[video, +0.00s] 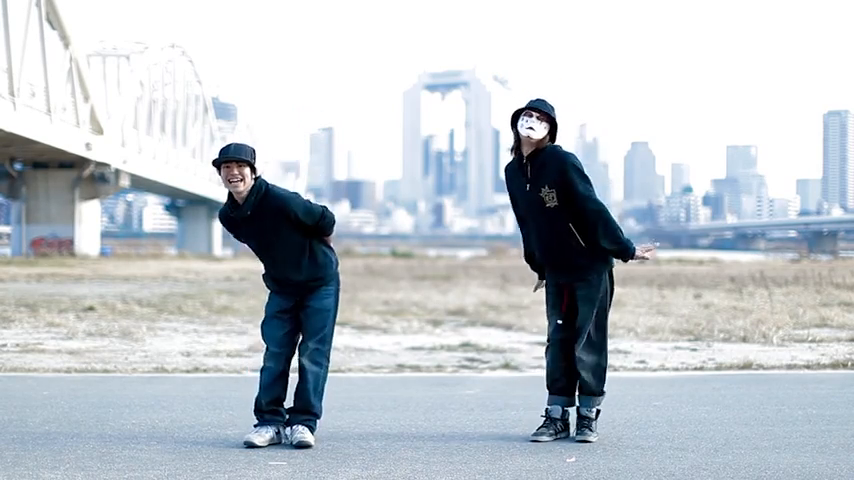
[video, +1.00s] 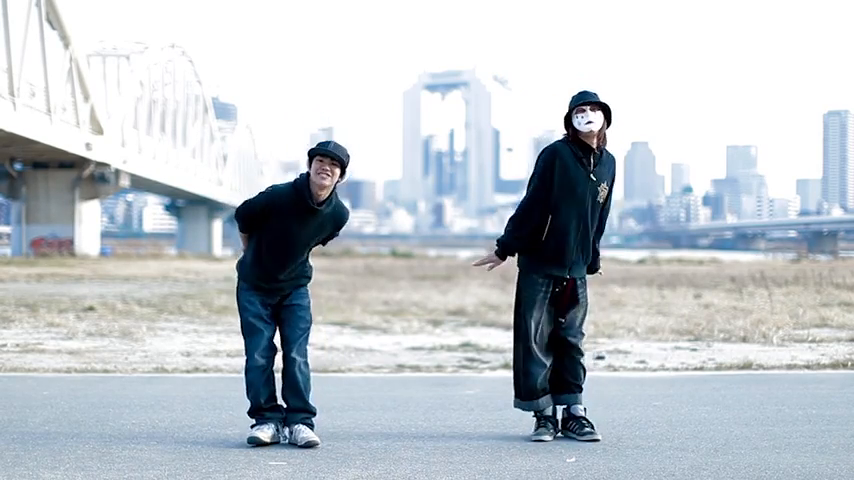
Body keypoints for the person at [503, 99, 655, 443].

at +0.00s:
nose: (532, 122)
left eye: (540, 119)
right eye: (527, 117)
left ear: (550, 130)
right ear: (517, 124)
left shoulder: (561, 161)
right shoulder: (512, 171)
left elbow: (590, 206)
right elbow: (526, 222)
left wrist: (625, 249)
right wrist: (538, 264)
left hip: (589, 264)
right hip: (554, 266)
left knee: (587, 337)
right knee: (557, 338)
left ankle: (587, 416)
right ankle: (556, 416)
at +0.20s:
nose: (546, 114)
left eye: (552, 108)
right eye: (540, 109)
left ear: (565, 112)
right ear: (532, 115)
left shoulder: (588, 149)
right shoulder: (523, 155)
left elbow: (619, 193)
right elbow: (509, 208)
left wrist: (647, 232)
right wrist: (509, 256)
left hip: (585, 256)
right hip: (544, 258)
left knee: (582, 332)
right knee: (546, 334)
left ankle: (586, 415)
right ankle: (550, 415)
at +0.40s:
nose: (561, 144)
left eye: (567, 139)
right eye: (554, 139)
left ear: (577, 145)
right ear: (545, 145)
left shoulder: (593, 191)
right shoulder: (530, 187)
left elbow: (614, 241)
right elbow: (519, 239)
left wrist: (629, 286)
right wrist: (516, 287)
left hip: (582, 286)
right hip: (542, 286)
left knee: (576, 352)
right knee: (543, 353)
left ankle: (578, 421)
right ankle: (550, 419)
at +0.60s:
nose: (581, 114)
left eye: (587, 109)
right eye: (575, 109)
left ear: (597, 115)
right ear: (565, 115)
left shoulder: (601, 163)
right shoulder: (546, 150)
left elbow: (600, 218)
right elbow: (523, 199)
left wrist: (597, 264)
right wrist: (503, 248)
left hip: (578, 260)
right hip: (538, 258)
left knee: (578, 338)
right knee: (543, 338)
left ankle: (583, 415)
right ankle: (549, 416)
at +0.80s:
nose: (595, 127)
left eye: (600, 120)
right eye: (587, 124)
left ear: (610, 126)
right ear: (578, 132)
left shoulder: (605, 171)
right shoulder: (563, 165)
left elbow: (577, 215)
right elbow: (534, 206)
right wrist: (498, 239)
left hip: (567, 265)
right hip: (533, 265)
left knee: (566, 334)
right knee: (529, 336)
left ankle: (576, 414)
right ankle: (543, 415)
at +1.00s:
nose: (588, 117)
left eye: (594, 111)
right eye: (580, 113)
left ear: (605, 119)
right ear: (571, 121)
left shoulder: (607, 162)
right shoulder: (555, 154)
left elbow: (599, 215)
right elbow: (532, 203)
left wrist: (592, 255)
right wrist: (504, 248)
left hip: (576, 264)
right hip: (540, 262)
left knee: (571, 337)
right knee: (535, 337)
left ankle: (572, 413)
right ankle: (543, 415)